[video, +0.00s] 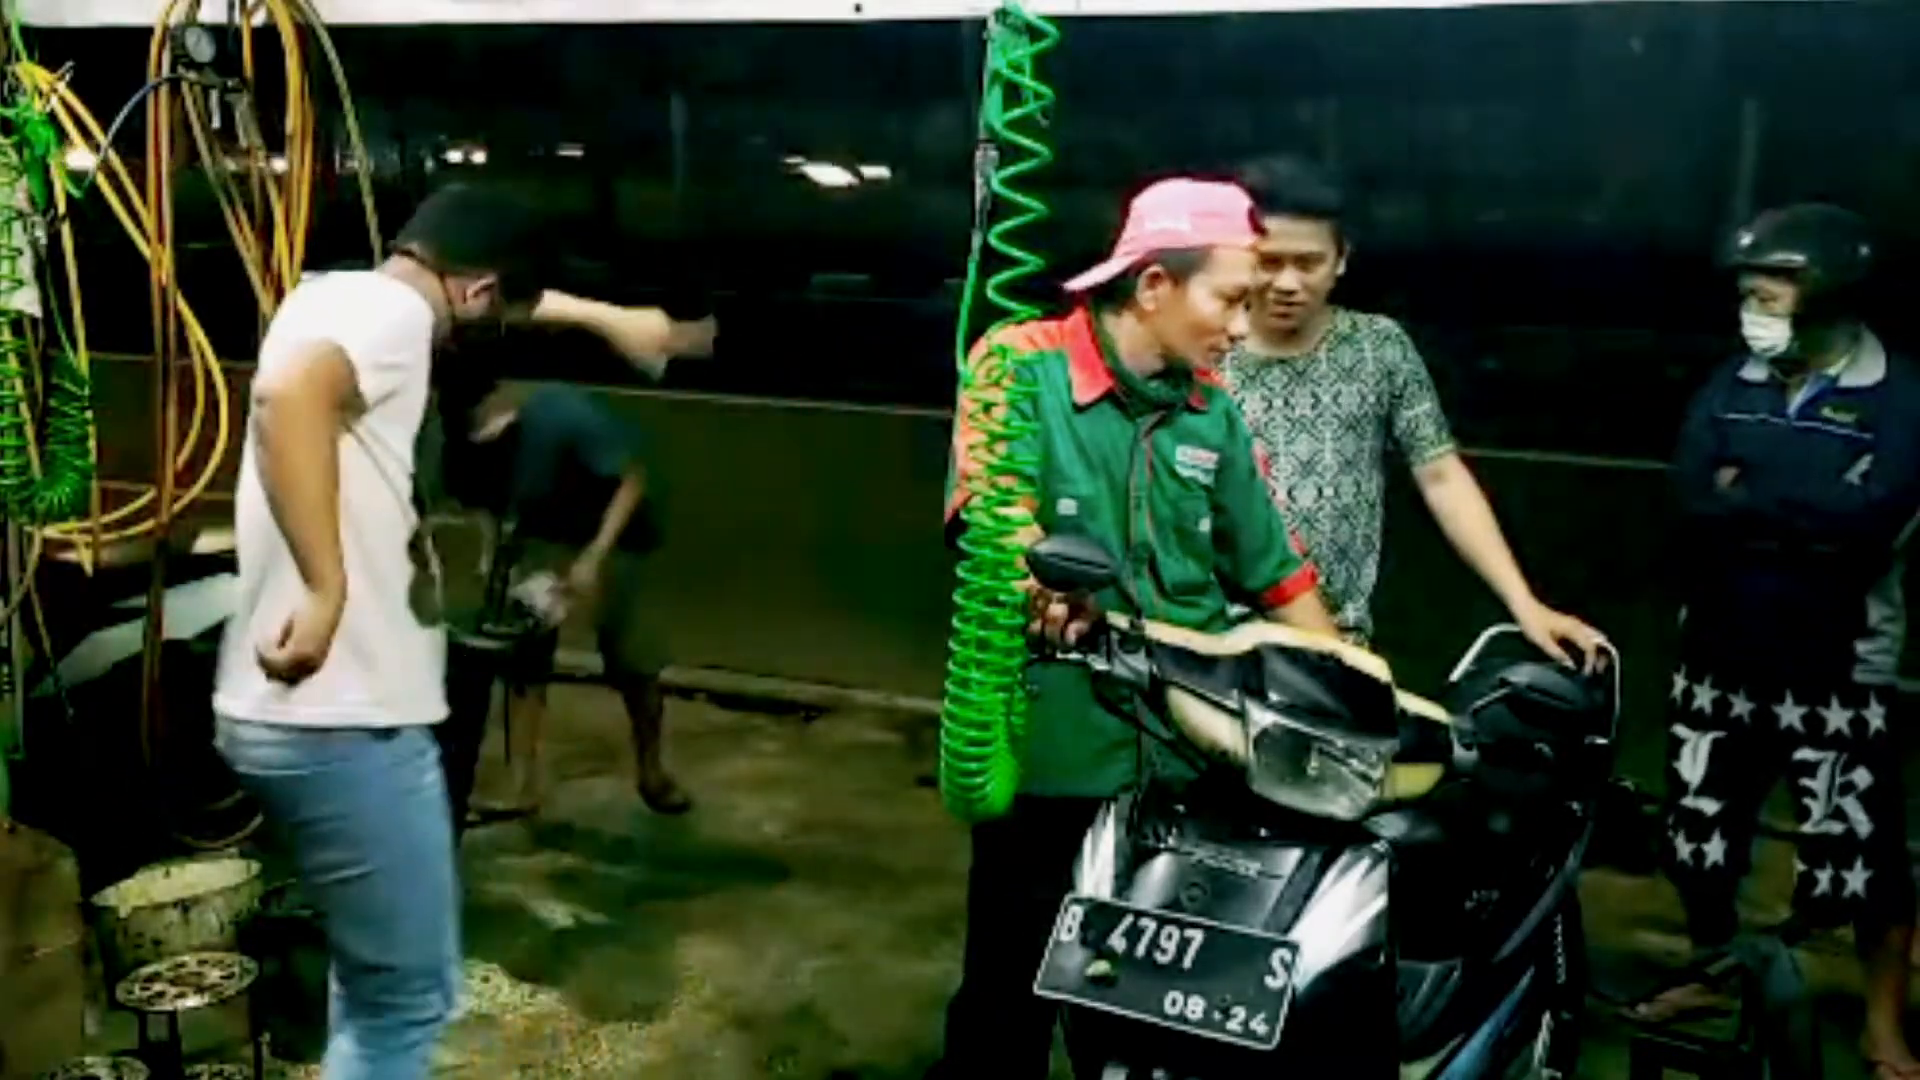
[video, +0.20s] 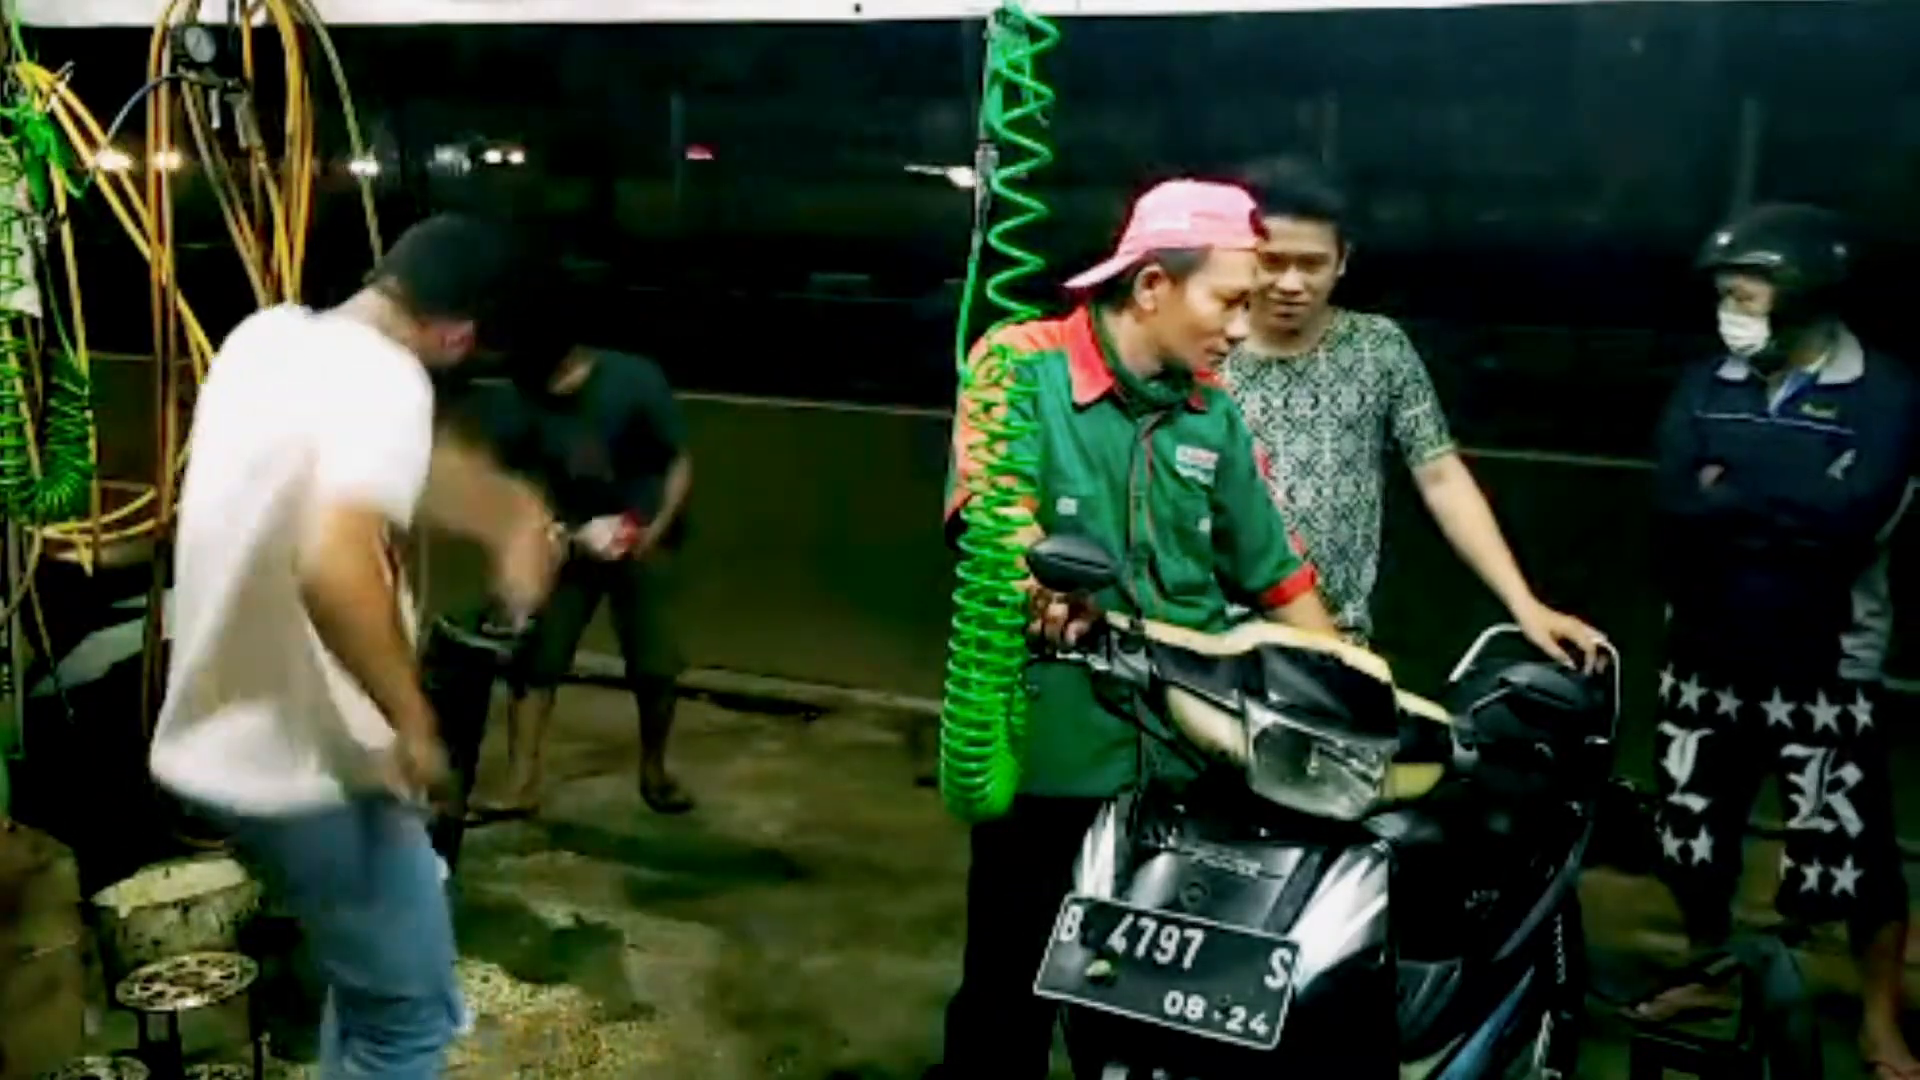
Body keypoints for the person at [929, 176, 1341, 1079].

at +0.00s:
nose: (1237, 327)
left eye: (1244, 305)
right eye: (1227, 301)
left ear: (1170, 293)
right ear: (1155, 287)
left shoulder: (1212, 414)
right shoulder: (1018, 367)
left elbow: (1282, 579)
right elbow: (989, 512)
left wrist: (1351, 691)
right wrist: (1043, 596)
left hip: (1183, 756)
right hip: (1049, 753)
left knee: (1154, 1009)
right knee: (1006, 1009)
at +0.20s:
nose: (1236, 328)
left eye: (1243, 307)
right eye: (1225, 303)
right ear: (1154, 287)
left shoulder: (1213, 416)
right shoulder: (1019, 367)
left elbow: (1282, 582)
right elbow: (987, 513)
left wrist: (1351, 691)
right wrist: (1042, 596)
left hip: (1184, 758)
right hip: (1049, 755)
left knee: (1156, 1011)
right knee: (1006, 1010)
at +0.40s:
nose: (1234, 329)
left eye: (1243, 308)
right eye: (1224, 302)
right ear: (1149, 285)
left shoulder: (1215, 420)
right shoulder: (1018, 366)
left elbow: (1284, 582)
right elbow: (988, 507)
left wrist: (1349, 692)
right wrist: (1043, 593)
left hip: (1182, 761)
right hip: (1045, 757)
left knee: (1152, 1014)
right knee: (1005, 1013)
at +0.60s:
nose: (1234, 330)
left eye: (1243, 309)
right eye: (1222, 302)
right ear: (1147, 284)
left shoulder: (1214, 420)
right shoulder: (1018, 366)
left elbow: (1284, 582)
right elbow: (987, 507)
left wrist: (1350, 693)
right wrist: (1043, 593)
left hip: (1183, 761)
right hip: (1045, 758)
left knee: (1154, 1015)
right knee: (1005, 1014)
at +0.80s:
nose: (1233, 329)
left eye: (1243, 308)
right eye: (1221, 302)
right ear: (1146, 284)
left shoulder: (1215, 419)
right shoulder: (1018, 365)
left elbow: (1284, 580)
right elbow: (988, 505)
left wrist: (1340, 701)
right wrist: (1043, 592)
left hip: (1185, 761)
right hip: (1046, 758)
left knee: (1158, 1014)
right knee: (1005, 1014)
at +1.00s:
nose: (1233, 329)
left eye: (1243, 310)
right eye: (1220, 302)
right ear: (1146, 283)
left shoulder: (1217, 420)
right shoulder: (1019, 366)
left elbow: (1283, 581)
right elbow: (987, 505)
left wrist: (1342, 696)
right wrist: (1043, 592)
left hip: (1185, 761)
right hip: (1046, 758)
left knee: (1155, 1015)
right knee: (1005, 1014)